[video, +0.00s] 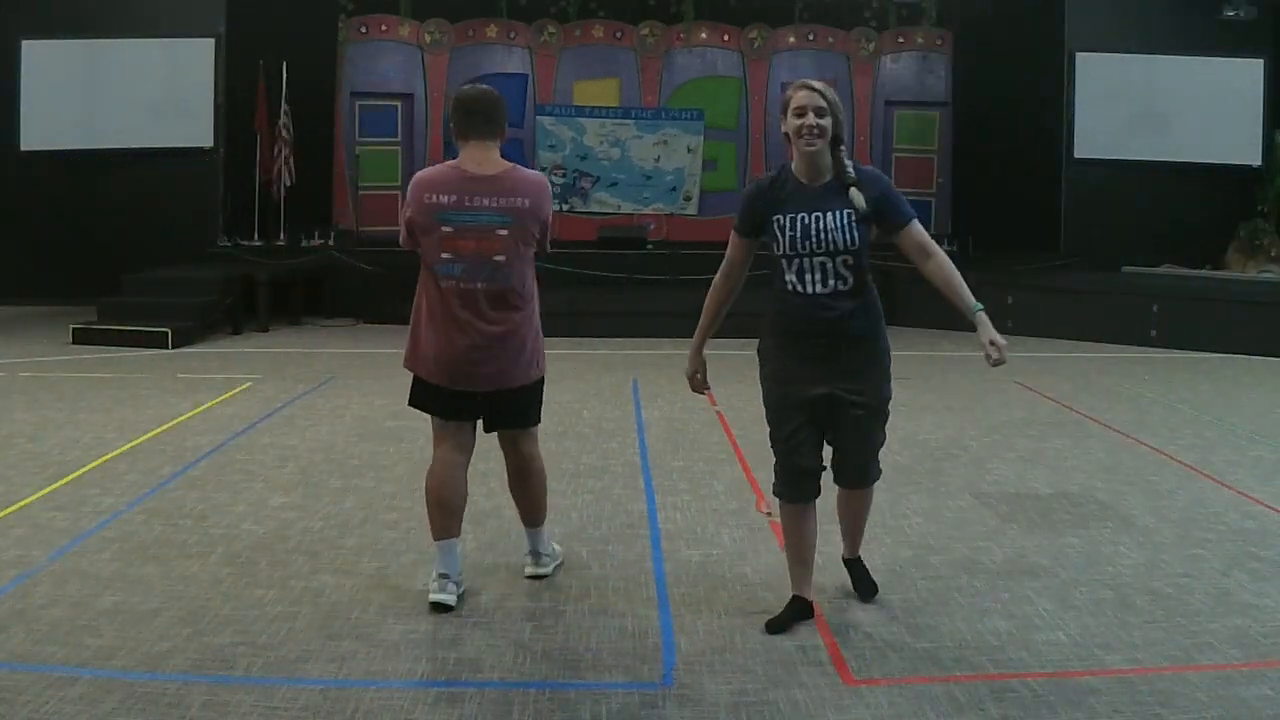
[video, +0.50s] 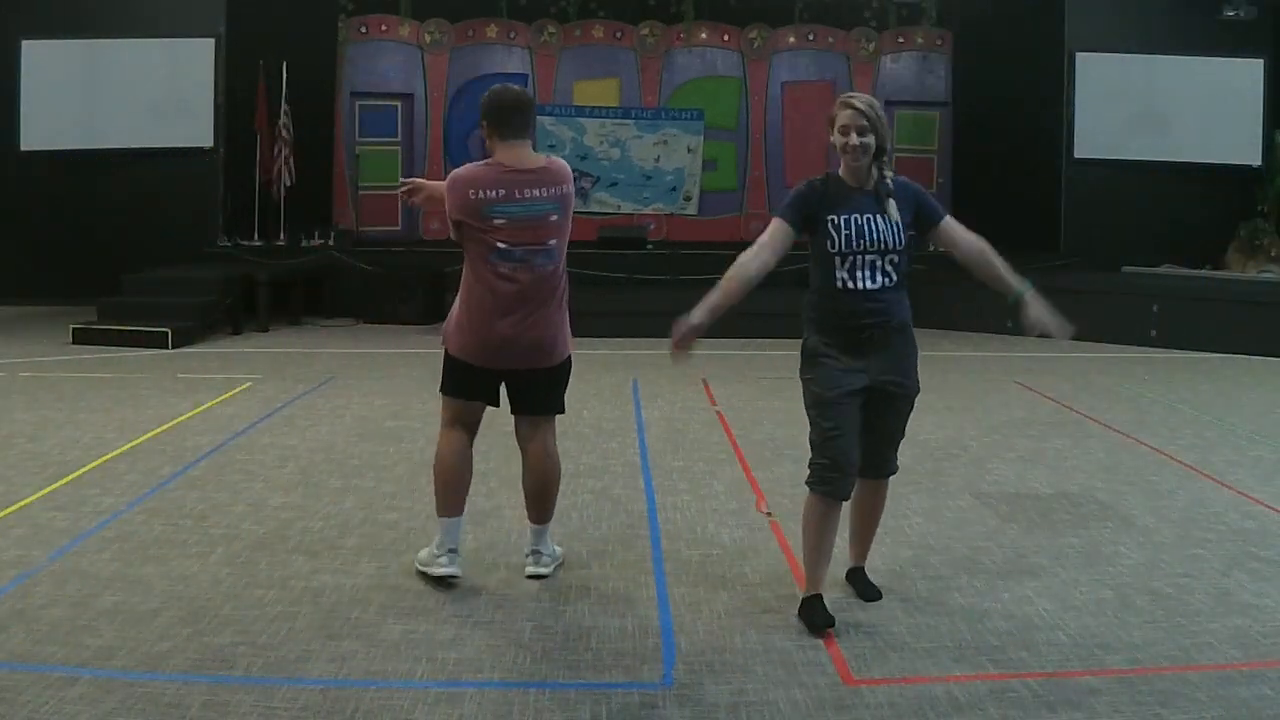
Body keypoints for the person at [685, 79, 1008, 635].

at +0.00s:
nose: (810, 121)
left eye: (820, 113)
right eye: (799, 113)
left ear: (836, 125)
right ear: (784, 127)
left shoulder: (869, 187)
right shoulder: (764, 197)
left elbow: (927, 252)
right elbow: (729, 275)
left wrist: (981, 319)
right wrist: (696, 347)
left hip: (860, 353)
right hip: (789, 355)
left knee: (859, 471)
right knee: (795, 478)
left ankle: (851, 556)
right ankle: (801, 596)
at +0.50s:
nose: (850, 139)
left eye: (860, 131)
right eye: (841, 131)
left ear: (879, 138)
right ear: (830, 139)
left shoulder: (907, 197)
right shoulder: (812, 197)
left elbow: (968, 245)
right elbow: (758, 255)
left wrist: (1025, 295)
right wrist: (702, 313)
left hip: (892, 354)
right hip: (831, 354)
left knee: (877, 467)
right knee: (833, 471)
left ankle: (858, 567)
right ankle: (812, 593)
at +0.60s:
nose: (855, 144)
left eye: (865, 136)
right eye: (848, 136)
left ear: (881, 142)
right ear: (836, 140)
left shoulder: (907, 188)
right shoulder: (818, 190)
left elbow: (973, 192)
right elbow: (765, 203)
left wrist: (1040, 190)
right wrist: (711, 204)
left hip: (899, 351)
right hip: (838, 352)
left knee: (880, 467)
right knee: (835, 472)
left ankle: (857, 567)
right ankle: (813, 592)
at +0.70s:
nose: (862, 142)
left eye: (871, 134)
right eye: (854, 133)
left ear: (887, 141)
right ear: (837, 139)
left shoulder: (910, 187)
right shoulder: (825, 192)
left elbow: (961, 153)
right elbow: (787, 169)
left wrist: (992, 97)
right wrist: (765, 106)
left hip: (901, 347)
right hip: (841, 349)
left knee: (881, 465)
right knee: (836, 470)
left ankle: (857, 567)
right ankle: (815, 591)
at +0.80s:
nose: (867, 140)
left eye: (877, 132)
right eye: (859, 131)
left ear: (891, 141)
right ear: (842, 138)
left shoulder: (908, 188)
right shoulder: (825, 190)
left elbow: (943, 146)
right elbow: (806, 144)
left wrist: (923, 82)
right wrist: (841, 63)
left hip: (903, 347)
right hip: (844, 348)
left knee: (882, 464)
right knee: (837, 469)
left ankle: (858, 567)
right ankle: (815, 591)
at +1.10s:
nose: (872, 144)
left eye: (881, 137)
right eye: (864, 135)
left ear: (895, 142)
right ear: (848, 138)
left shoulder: (914, 186)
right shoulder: (832, 188)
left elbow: (965, 158)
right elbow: (806, 175)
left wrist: (1005, 119)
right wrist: (797, 128)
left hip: (900, 341)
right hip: (840, 339)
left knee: (881, 462)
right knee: (851, 459)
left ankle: (858, 567)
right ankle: (848, 585)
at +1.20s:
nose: (870, 144)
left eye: (880, 136)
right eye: (863, 135)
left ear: (896, 141)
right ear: (849, 138)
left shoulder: (919, 190)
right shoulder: (834, 188)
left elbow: (985, 176)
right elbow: (786, 179)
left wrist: (1048, 161)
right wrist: (748, 158)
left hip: (901, 345)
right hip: (841, 344)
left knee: (882, 466)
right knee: (853, 464)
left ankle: (857, 569)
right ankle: (854, 588)